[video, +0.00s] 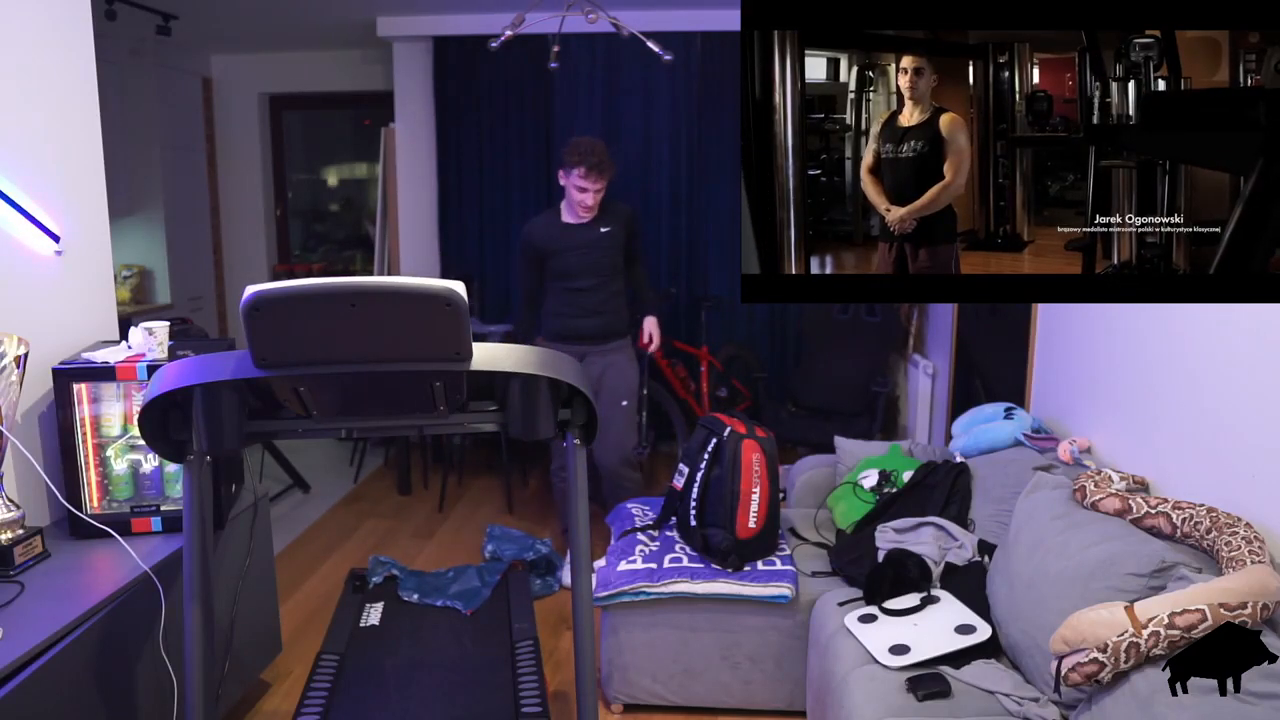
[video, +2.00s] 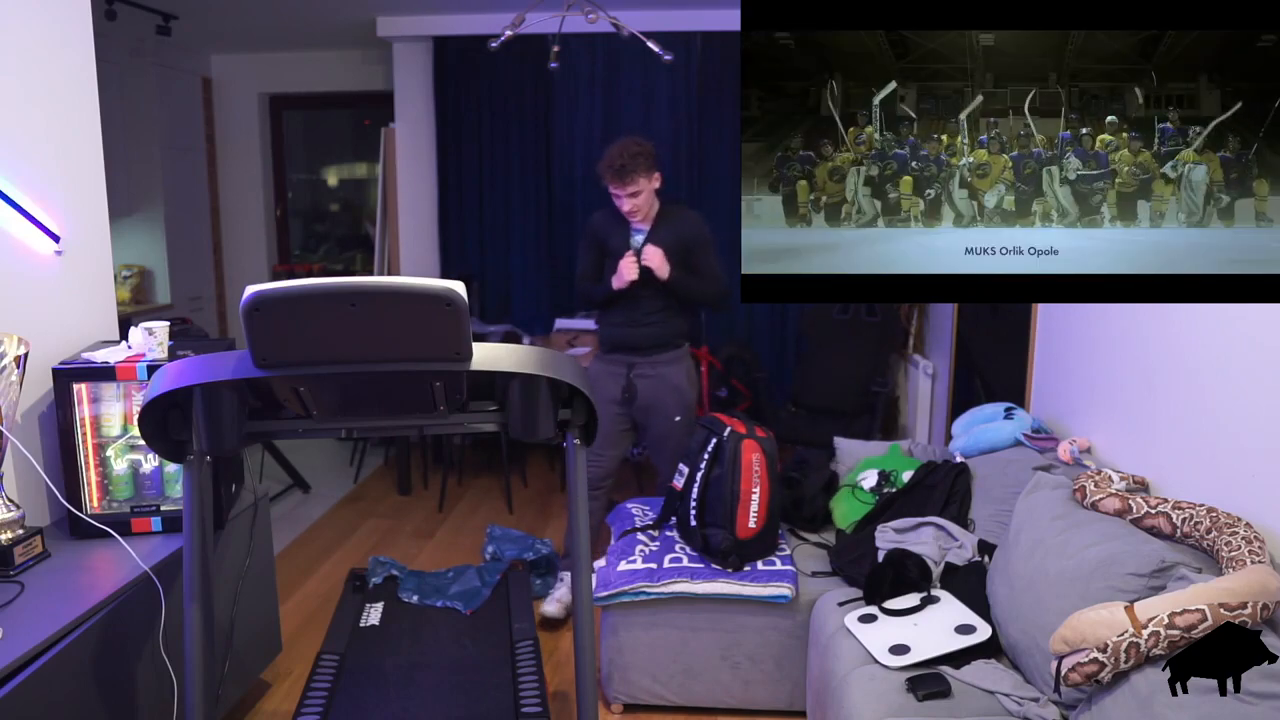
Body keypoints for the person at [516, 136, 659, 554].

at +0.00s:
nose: (589, 198)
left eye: (597, 190)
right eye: (581, 189)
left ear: (607, 184)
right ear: (562, 180)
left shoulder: (620, 221)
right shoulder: (539, 232)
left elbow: (636, 271)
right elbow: (528, 295)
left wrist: (649, 313)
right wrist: (527, 346)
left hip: (615, 354)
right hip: (559, 357)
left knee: (615, 455)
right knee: (566, 457)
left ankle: (633, 541)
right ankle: (573, 545)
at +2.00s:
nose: (625, 205)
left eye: (633, 194)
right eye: (617, 195)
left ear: (655, 183)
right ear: (607, 190)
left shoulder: (686, 226)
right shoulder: (601, 227)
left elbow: (717, 294)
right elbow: (584, 294)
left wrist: (670, 274)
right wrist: (613, 284)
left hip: (669, 367)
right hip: (610, 368)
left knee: (674, 476)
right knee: (591, 474)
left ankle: (684, 576)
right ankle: (572, 575)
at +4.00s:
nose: (597, 208)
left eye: (608, 195)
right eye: (585, 195)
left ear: (622, 181)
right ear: (558, 175)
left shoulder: (635, 231)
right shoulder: (523, 238)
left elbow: (649, 321)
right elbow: (489, 327)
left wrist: (660, 405)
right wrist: (529, 382)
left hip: (622, 419)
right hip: (545, 424)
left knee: (605, 556)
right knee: (554, 564)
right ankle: (565, 685)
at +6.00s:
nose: (774, 133)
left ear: (810, 132)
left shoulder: (820, 210)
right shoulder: (681, 212)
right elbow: (617, 164)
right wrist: (728, 114)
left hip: (803, 504)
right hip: (693, 508)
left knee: (792, 704)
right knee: (697, 702)